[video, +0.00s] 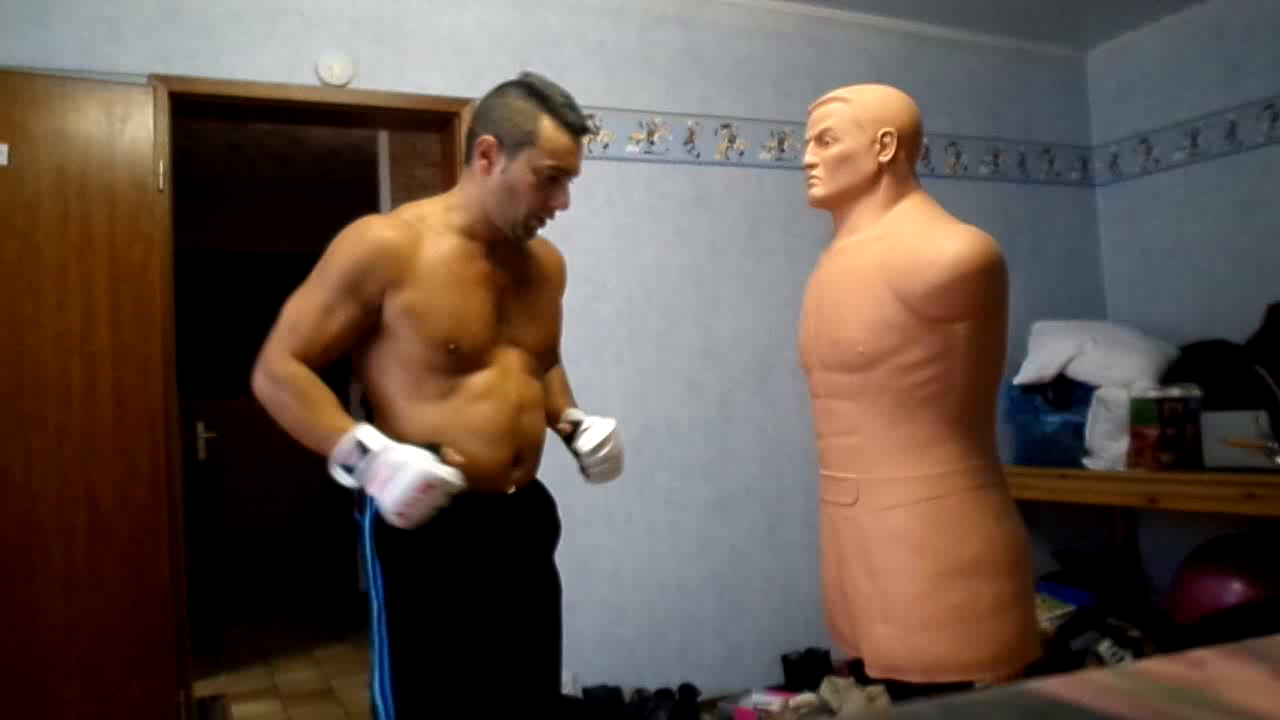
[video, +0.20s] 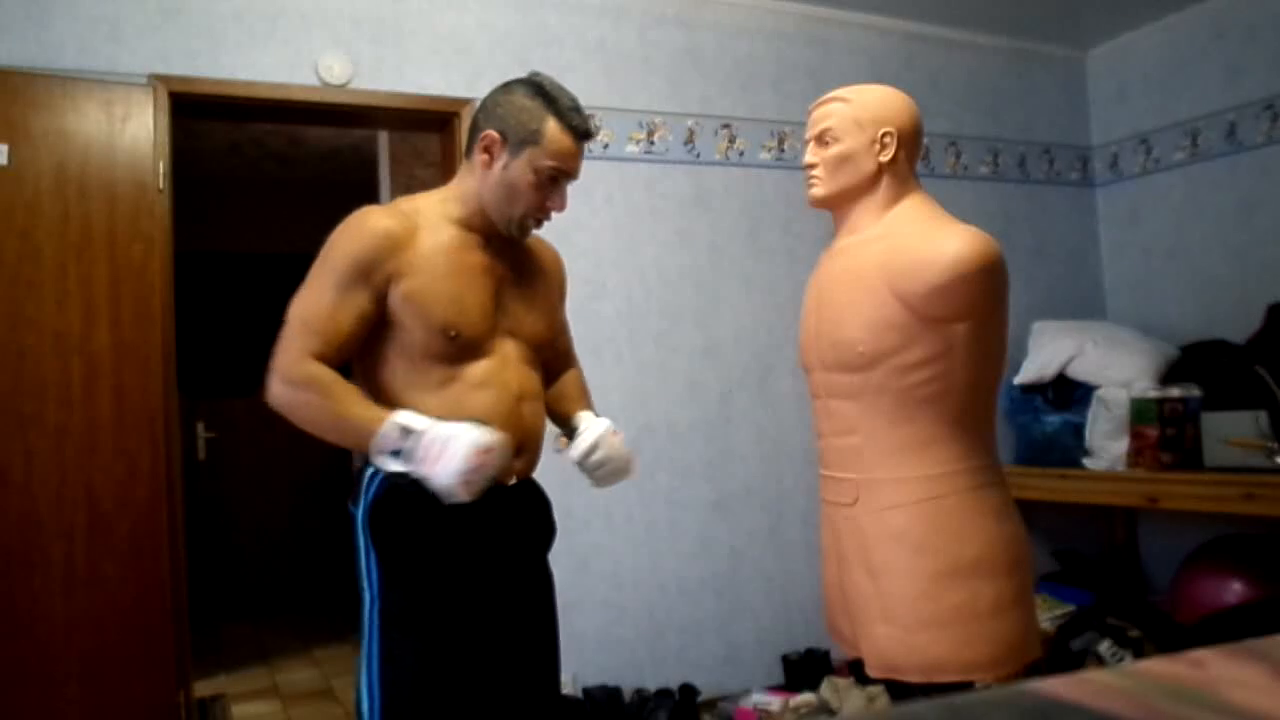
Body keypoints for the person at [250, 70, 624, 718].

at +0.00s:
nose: (562, 202)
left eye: (568, 182)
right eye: (550, 178)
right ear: (488, 156)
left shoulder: (544, 264)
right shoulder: (384, 246)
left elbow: (543, 364)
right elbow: (276, 370)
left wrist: (572, 422)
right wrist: (366, 458)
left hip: (520, 528)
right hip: (422, 531)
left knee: (530, 699)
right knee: (429, 708)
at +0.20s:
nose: (558, 204)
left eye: (565, 184)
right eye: (548, 179)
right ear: (490, 153)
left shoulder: (542, 264)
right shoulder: (380, 236)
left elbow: (557, 366)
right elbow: (291, 377)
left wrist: (584, 424)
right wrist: (413, 442)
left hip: (514, 522)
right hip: (415, 523)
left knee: (527, 696)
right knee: (417, 706)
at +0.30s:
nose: (547, 210)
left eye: (554, 190)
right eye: (538, 185)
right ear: (479, 157)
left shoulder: (529, 268)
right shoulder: (374, 240)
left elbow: (559, 379)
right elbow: (334, 403)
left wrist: (606, 425)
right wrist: (482, 422)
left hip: (508, 532)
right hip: (406, 531)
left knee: (526, 704)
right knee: (399, 711)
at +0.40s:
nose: (534, 210)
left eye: (541, 190)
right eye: (524, 184)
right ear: (466, 155)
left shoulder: (514, 267)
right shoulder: (356, 238)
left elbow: (535, 389)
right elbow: (334, 405)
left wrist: (617, 402)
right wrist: (487, 389)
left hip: (497, 541)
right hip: (390, 544)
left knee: (524, 717)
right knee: (379, 718)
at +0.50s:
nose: (520, 204)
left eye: (528, 183)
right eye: (511, 178)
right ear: (449, 147)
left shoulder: (499, 262)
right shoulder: (328, 233)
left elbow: (523, 382)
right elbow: (289, 403)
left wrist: (601, 384)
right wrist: (450, 381)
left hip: (482, 544)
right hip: (370, 547)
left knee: (509, 713)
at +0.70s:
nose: (477, 198)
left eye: (486, 180)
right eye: (475, 174)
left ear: (411, 142)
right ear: (411, 138)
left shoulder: (426, 233)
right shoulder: (276, 214)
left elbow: (490, 377)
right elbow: (324, 387)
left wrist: (532, 302)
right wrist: (452, 281)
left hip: (443, 534)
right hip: (329, 545)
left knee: (505, 712)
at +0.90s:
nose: (472, 191)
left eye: (480, 169)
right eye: (468, 163)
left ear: (400, 133)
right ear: (404, 130)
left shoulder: (411, 229)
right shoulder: (270, 213)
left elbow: (439, 379)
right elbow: (344, 395)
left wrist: (501, 312)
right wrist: (458, 281)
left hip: (435, 533)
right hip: (330, 548)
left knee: (499, 715)